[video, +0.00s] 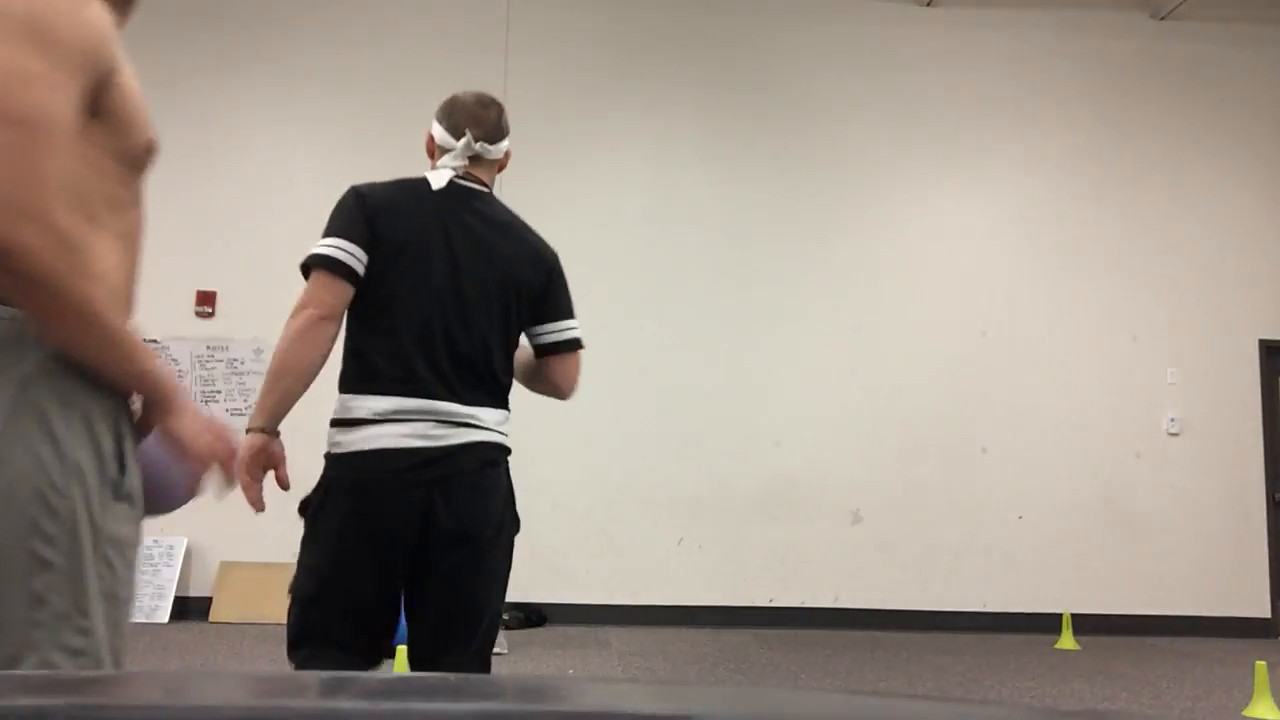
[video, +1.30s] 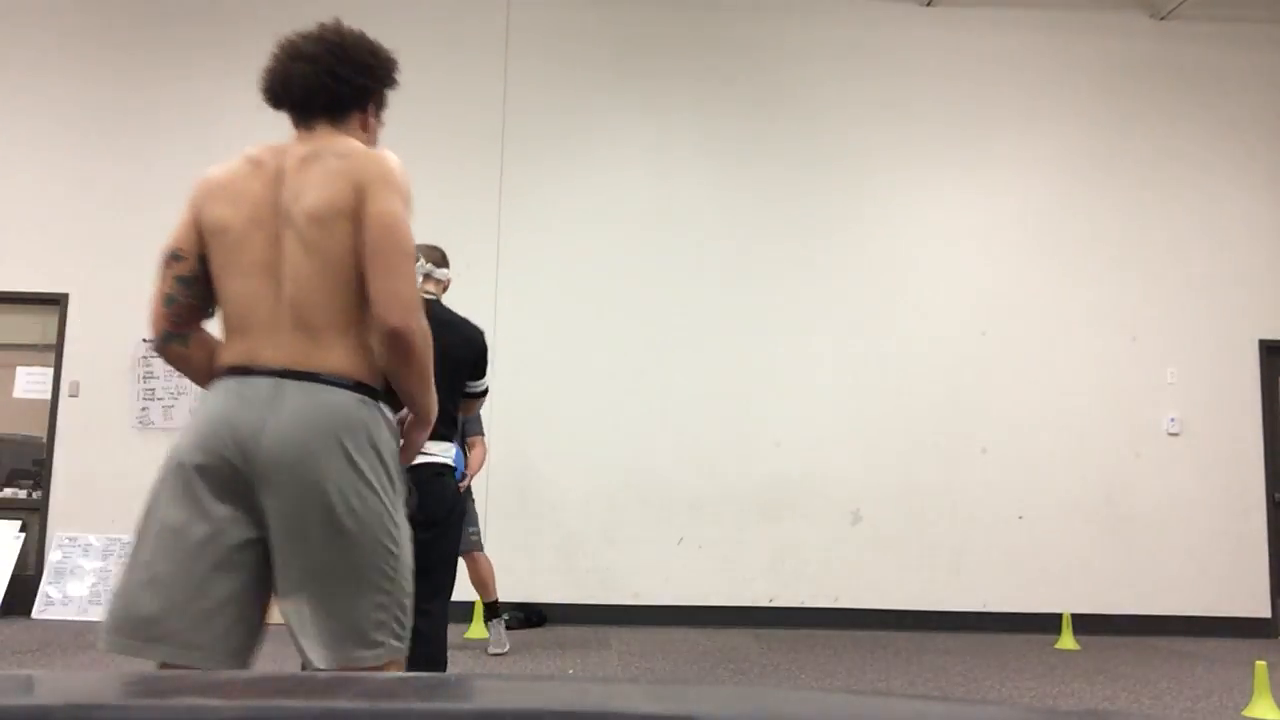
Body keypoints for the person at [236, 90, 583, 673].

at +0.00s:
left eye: (427, 142)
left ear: (428, 146)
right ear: (504, 162)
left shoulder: (370, 205)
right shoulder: (530, 249)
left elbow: (319, 313)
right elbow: (561, 380)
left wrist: (263, 425)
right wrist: (503, 351)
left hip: (365, 485)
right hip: (475, 490)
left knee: (329, 676)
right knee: (456, 685)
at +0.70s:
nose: (445, 240)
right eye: (448, 233)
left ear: (390, 230)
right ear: (447, 234)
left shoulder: (346, 277)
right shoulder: (471, 297)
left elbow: (304, 369)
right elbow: (476, 394)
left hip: (351, 475)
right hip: (432, 481)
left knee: (344, 636)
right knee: (432, 637)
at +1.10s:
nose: (413, 267)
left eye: (412, 260)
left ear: (411, 261)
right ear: (461, 270)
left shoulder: (374, 301)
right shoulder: (481, 326)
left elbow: (343, 373)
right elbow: (469, 398)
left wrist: (344, 433)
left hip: (368, 462)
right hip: (439, 471)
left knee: (348, 595)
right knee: (428, 616)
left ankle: (338, 715)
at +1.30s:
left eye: (414, 274)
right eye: (443, 281)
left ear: (403, 275)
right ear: (445, 281)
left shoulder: (375, 322)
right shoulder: (466, 334)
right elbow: (471, 404)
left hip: (377, 473)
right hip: (436, 475)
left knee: (377, 592)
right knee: (430, 599)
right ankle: (424, 700)